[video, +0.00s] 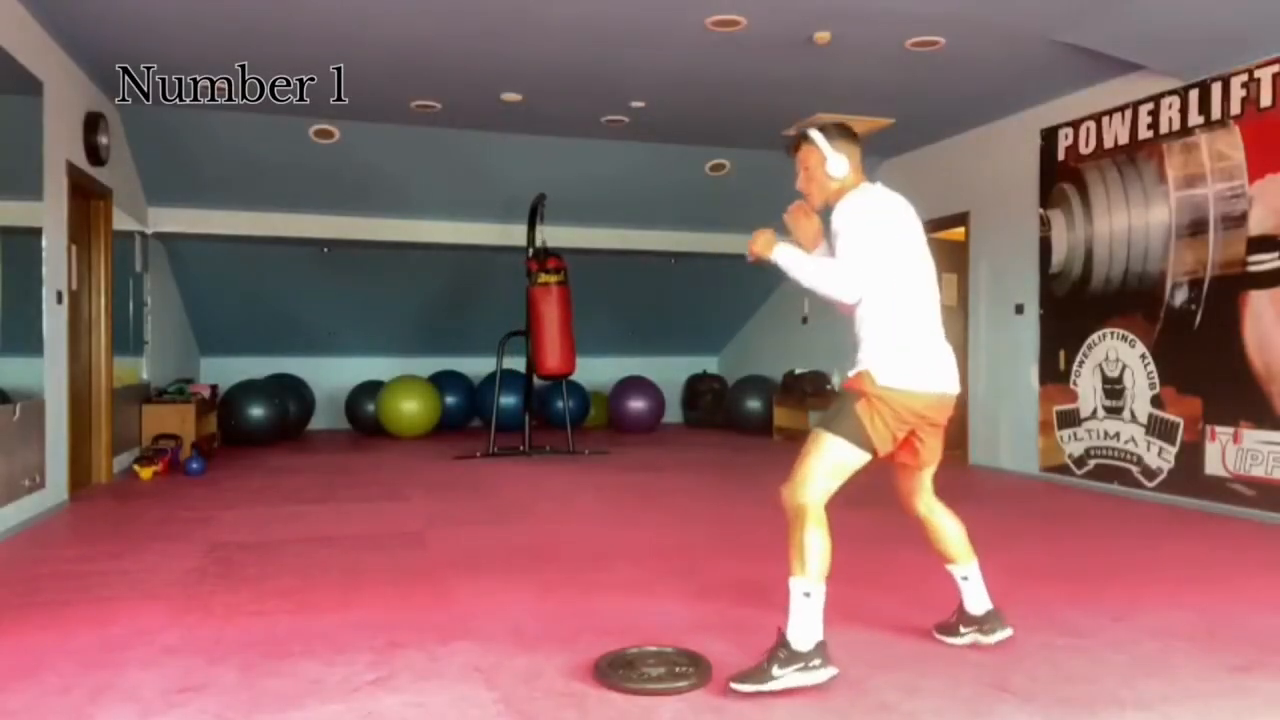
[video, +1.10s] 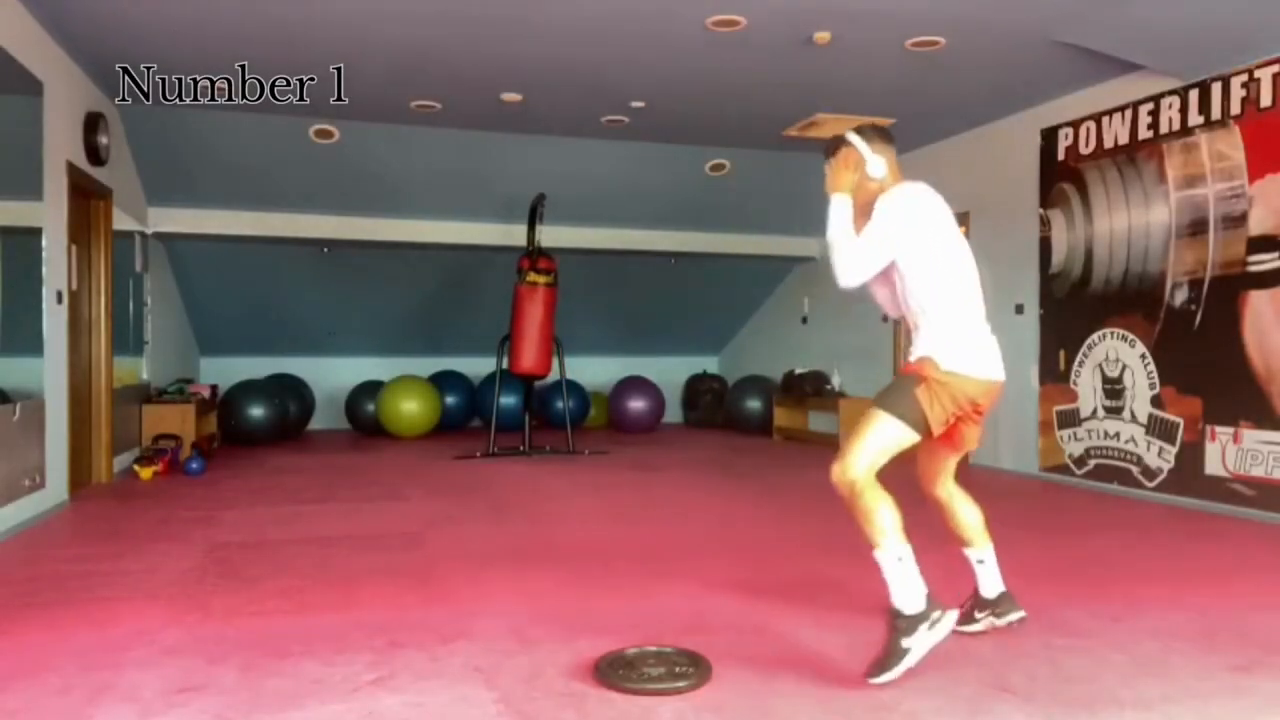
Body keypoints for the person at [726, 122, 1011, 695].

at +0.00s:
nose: (801, 180)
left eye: (806, 167)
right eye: (799, 169)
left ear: (832, 162)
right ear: (850, 161)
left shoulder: (855, 210)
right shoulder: (897, 206)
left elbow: (849, 286)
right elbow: (870, 290)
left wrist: (781, 254)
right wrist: (815, 247)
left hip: (890, 384)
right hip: (936, 385)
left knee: (803, 495)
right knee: (921, 498)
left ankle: (803, 648)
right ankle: (982, 612)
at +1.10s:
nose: (830, 175)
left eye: (833, 162)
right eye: (829, 163)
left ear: (862, 160)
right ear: (878, 159)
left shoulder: (900, 204)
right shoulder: (922, 201)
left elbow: (849, 270)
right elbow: (897, 301)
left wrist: (837, 199)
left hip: (946, 369)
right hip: (980, 371)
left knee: (851, 471)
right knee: (937, 478)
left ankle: (914, 612)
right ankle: (995, 595)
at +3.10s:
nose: (811, 200)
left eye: (815, 187)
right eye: (808, 188)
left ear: (841, 183)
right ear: (860, 184)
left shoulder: (862, 229)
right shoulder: (902, 230)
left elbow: (798, 292)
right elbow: (863, 328)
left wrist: (743, 239)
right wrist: (821, 260)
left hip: (907, 406)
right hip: (945, 405)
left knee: (830, 519)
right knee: (902, 508)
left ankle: (926, 644)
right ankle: (962, 619)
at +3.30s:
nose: (797, 199)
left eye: (805, 185)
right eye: (792, 188)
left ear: (839, 178)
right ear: (799, 191)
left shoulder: (877, 232)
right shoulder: (830, 244)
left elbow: (872, 322)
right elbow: (802, 314)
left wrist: (805, 262)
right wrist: (777, 258)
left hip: (908, 395)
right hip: (887, 393)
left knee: (831, 514)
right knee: (874, 518)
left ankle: (852, 676)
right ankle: (955, 613)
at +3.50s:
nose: (756, 195)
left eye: (766, 180)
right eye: (752, 184)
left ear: (799, 178)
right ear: (757, 189)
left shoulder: (859, 238)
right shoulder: (787, 249)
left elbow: (849, 337)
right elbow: (732, 309)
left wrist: (782, 262)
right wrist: (713, 254)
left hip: (882, 412)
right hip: (847, 411)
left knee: (781, 526)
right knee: (867, 525)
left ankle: (778, 696)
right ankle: (947, 611)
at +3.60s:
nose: (720, 176)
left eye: (724, 163)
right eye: (719, 165)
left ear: (755, 158)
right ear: (772, 158)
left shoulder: (796, 215)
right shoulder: (822, 203)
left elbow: (766, 306)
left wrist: (720, 235)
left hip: (840, 405)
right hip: (882, 404)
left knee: (742, 524)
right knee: (854, 517)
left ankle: (771, 693)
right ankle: (941, 633)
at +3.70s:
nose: (719, 171)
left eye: (720, 156)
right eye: (715, 159)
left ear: (746, 145)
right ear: (781, 144)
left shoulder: (765, 198)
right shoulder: (843, 191)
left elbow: (728, 291)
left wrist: (698, 226)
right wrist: (746, 212)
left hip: (810, 392)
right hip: (881, 397)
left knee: (706, 505)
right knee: (855, 521)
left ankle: (735, 675)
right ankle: (923, 649)